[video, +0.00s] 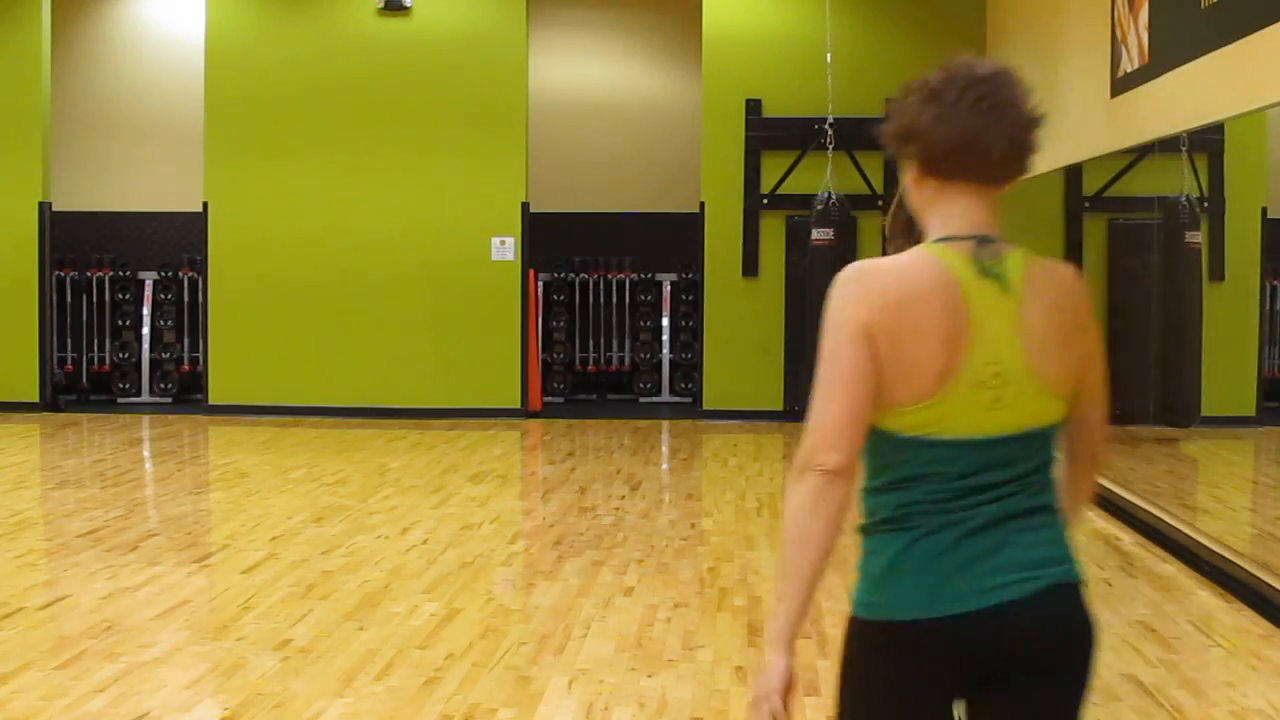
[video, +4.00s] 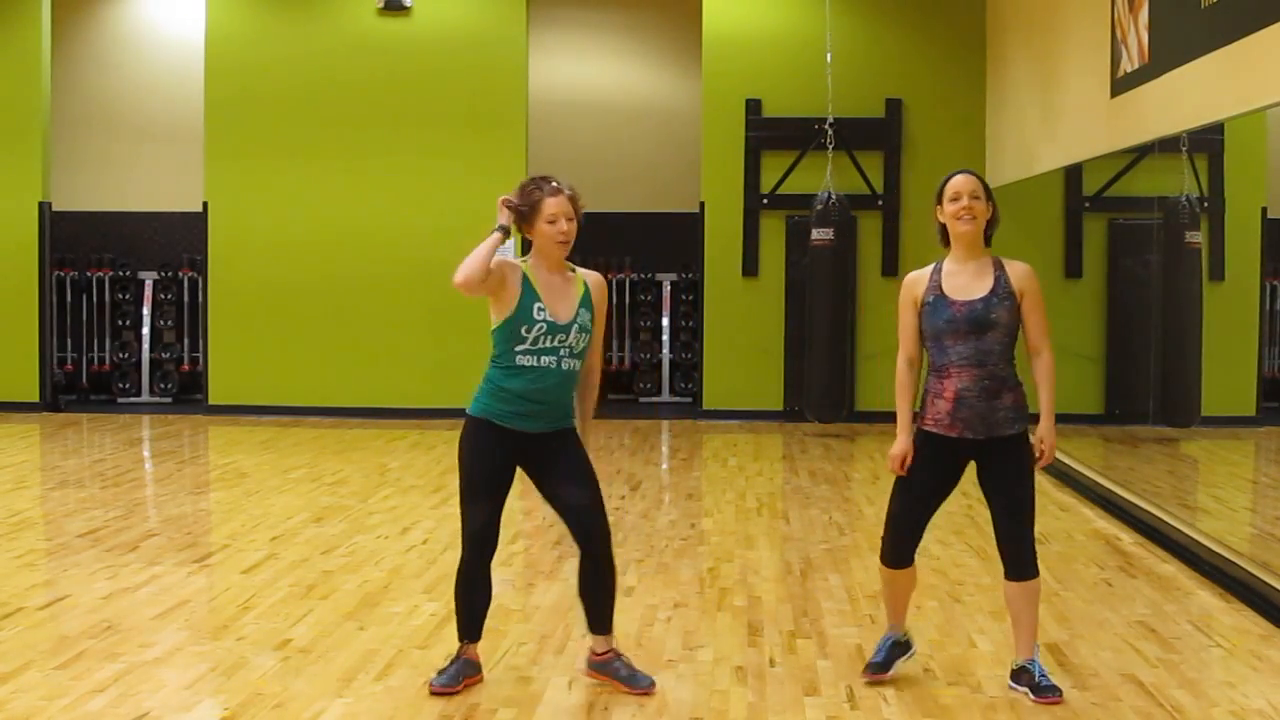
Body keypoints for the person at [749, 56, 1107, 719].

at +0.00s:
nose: (903, 177)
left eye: (903, 161)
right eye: (905, 160)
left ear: (916, 167)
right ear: (1012, 167)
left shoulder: (869, 289)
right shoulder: (1064, 291)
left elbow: (826, 467)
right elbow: (1085, 464)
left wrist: (779, 642)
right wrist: (1040, 531)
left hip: (907, 624)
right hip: (1044, 613)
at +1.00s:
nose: (697, 185)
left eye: (697, 172)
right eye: (682, 175)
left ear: (691, 176)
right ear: (641, 187)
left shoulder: (667, 250)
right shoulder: (624, 263)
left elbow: (663, 364)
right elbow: (606, 385)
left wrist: (671, 449)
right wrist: (692, 433)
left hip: (646, 453)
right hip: (616, 456)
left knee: (630, 594)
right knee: (640, 613)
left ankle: (589, 703)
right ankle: (628, 712)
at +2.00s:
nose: (563, 221)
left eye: (561, 212)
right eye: (553, 213)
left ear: (532, 219)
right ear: (516, 219)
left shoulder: (567, 275)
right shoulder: (468, 275)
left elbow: (581, 359)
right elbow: (439, 354)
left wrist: (535, 408)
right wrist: (415, 424)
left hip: (542, 434)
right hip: (477, 433)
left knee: (535, 554)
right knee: (486, 556)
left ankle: (529, 648)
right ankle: (487, 679)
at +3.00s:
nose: (505, 205)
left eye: (514, 198)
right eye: (494, 199)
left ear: (527, 212)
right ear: (477, 213)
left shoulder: (547, 277)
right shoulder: (451, 272)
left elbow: (543, 364)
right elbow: (423, 349)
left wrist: (508, 425)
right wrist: (402, 422)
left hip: (518, 420)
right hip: (456, 421)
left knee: (548, 531)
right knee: (466, 535)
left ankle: (565, 639)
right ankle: (467, 642)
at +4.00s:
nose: (565, 229)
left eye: (570, 219)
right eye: (553, 221)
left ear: (578, 223)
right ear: (528, 228)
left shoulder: (592, 286)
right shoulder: (507, 273)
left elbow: (591, 368)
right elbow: (465, 282)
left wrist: (581, 430)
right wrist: (499, 232)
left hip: (553, 434)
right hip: (491, 429)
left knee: (595, 534)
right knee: (478, 541)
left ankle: (602, 650)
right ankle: (468, 655)